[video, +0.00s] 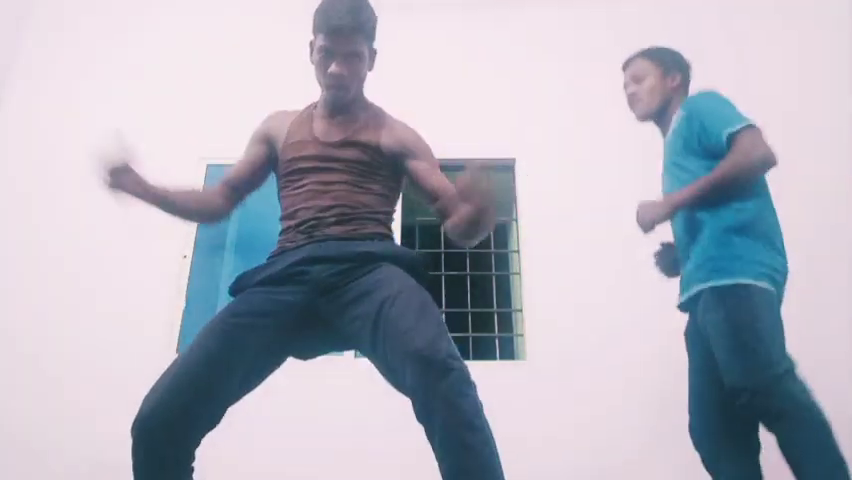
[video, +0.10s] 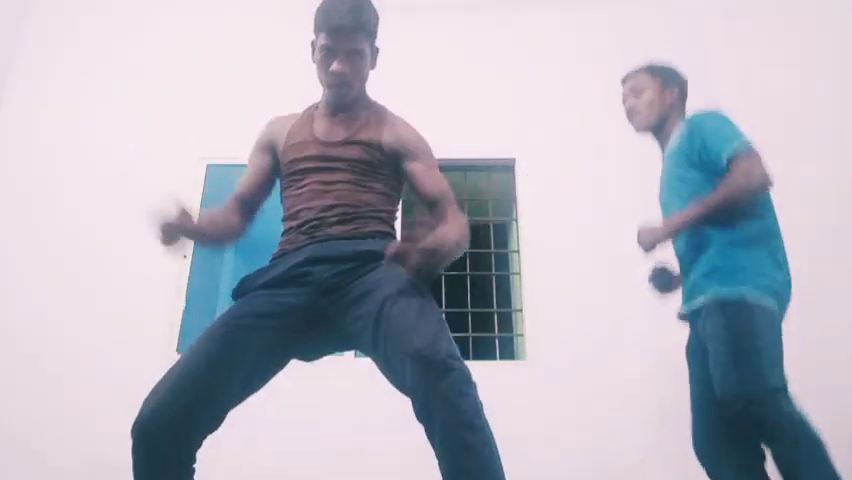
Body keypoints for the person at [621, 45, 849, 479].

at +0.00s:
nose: (629, 91)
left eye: (638, 80)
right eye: (625, 85)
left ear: (673, 79)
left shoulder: (701, 106)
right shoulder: (677, 145)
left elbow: (757, 152)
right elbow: (727, 214)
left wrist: (670, 203)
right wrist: (683, 251)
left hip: (737, 276)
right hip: (704, 293)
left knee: (769, 390)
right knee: (715, 428)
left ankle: (830, 474)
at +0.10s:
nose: (628, 104)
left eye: (637, 93)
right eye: (624, 98)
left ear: (672, 93)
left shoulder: (703, 125)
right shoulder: (674, 163)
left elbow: (753, 173)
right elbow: (719, 235)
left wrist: (670, 226)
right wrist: (679, 274)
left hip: (740, 290)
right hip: (706, 305)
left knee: (759, 405)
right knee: (717, 439)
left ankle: (822, 475)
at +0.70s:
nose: (618, 129)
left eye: (628, 118)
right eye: (616, 122)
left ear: (662, 123)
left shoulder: (694, 160)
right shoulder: (642, 200)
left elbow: (738, 212)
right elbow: (678, 276)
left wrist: (647, 229)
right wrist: (637, 296)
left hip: (710, 345)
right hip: (659, 358)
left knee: (734, 460)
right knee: (672, 467)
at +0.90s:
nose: (576, 107)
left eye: (585, 97)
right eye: (576, 100)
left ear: (616, 99)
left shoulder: (642, 131)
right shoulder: (609, 163)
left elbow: (678, 181)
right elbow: (646, 237)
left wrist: (599, 198)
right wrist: (602, 261)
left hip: (659, 298)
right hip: (620, 311)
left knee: (697, 410)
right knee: (627, 430)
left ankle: (752, 475)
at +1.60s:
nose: (565, 138)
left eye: (574, 127)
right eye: (565, 130)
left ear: (606, 132)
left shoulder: (644, 180)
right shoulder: (590, 213)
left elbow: (678, 242)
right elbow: (613, 297)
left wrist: (585, 268)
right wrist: (570, 302)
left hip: (640, 359)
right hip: (596, 361)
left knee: (621, 467)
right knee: (568, 469)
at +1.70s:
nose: (573, 135)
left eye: (582, 125)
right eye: (573, 128)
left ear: (615, 129)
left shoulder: (647, 174)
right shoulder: (602, 199)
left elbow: (670, 236)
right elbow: (628, 274)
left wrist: (583, 243)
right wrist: (585, 279)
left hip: (642, 346)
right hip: (605, 349)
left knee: (628, 463)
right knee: (588, 461)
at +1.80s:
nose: (575, 113)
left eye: (583, 104)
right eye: (575, 106)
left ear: (616, 108)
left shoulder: (642, 147)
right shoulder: (606, 173)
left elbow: (664, 204)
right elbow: (632, 244)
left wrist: (587, 214)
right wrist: (587, 250)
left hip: (641, 313)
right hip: (609, 318)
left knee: (640, 433)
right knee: (608, 433)